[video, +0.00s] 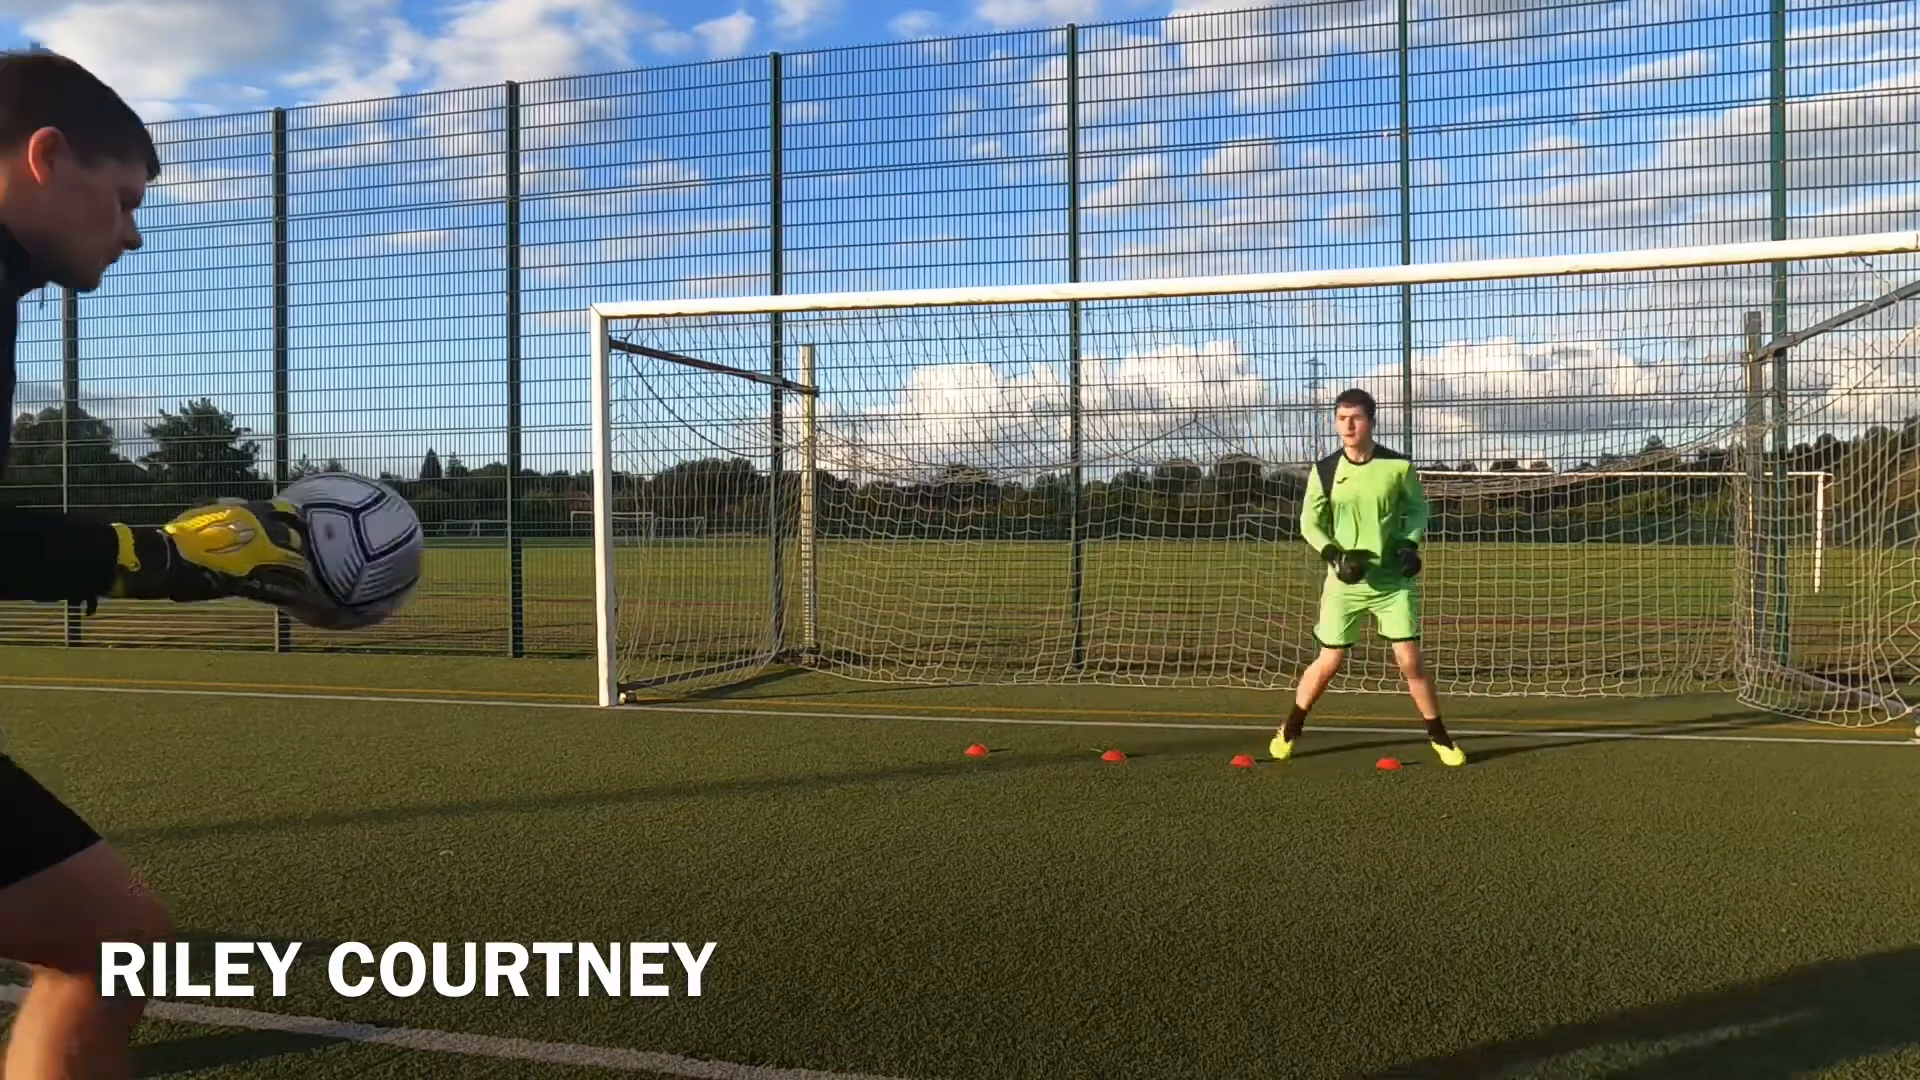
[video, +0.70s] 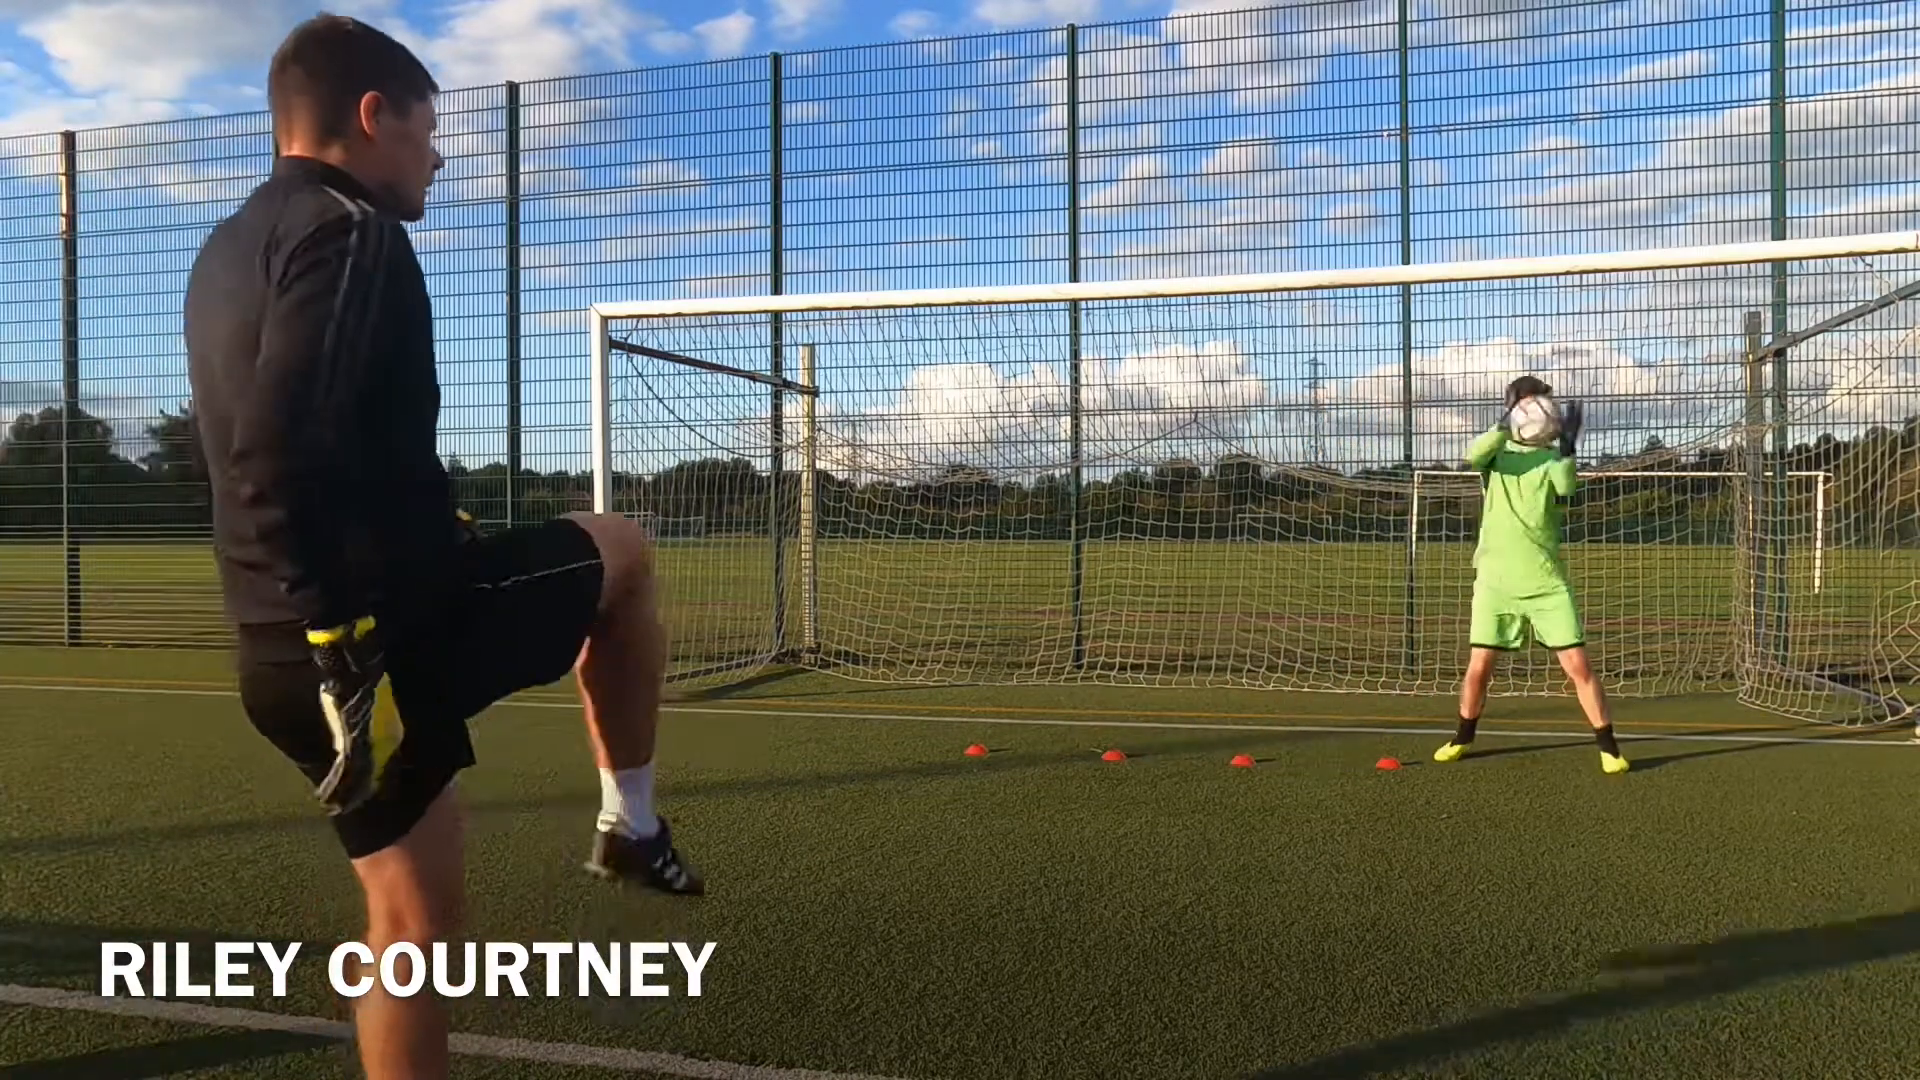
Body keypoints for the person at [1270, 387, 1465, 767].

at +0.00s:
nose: (1348, 426)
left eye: (1356, 418)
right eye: (1342, 419)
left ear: (1372, 421)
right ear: (1335, 424)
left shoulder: (1400, 467)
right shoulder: (1323, 471)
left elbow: (1417, 512)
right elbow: (1309, 523)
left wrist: (1410, 544)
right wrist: (1334, 556)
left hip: (1394, 583)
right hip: (1343, 584)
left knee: (1411, 663)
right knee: (1330, 662)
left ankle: (1440, 737)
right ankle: (1289, 731)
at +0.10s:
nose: (1381, 416)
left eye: (1389, 409)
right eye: (1375, 409)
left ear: (1405, 411)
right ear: (1367, 414)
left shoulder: (1432, 456)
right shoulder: (1356, 458)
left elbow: (1458, 500)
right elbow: (1342, 508)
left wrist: (1447, 536)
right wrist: (1357, 543)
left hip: (1429, 568)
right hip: (1380, 568)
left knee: (1450, 651)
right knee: (1370, 650)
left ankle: (1454, 732)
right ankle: (1374, 704)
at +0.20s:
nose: (1413, 414)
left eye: (1421, 406)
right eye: (1407, 407)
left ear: (1435, 409)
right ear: (1399, 411)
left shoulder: (1464, 455)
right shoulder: (1385, 457)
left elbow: (1491, 499)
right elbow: (1376, 502)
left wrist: (1483, 534)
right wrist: (1391, 535)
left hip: (1466, 566)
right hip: (1416, 571)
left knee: (1499, 644)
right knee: (1412, 657)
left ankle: (1520, 721)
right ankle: (1434, 714)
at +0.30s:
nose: (1442, 428)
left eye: (1450, 421)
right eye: (1436, 421)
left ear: (1465, 424)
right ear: (1428, 427)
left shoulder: (1494, 471)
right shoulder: (1415, 475)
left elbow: (1521, 515)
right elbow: (1413, 524)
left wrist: (1511, 545)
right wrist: (1423, 551)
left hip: (1498, 580)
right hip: (1448, 586)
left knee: (1541, 661)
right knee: (1447, 675)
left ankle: (1597, 741)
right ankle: (1460, 735)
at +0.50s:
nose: (1489, 434)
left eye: (1496, 426)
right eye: (1482, 427)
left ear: (1511, 431)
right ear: (1475, 433)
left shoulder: (1537, 478)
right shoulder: (1466, 482)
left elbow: (1549, 539)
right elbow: (1460, 539)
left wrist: (1534, 541)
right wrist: (1446, 540)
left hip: (1541, 594)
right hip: (1491, 597)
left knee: (1578, 674)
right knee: (1474, 675)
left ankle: (1609, 747)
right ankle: (1465, 736)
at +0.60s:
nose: (1505, 420)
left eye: (1513, 413)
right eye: (1499, 414)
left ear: (1528, 419)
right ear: (1490, 420)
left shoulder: (1547, 464)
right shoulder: (1477, 467)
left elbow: (1554, 524)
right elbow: (1453, 513)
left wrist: (1540, 496)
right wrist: (1459, 482)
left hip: (1548, 586)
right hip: (1497, 589)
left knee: (1578, 669)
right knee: (1478, 671)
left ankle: (1609, 747)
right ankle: (1465, 739)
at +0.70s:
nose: (1529, 411)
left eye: (1536, 403)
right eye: (1521, 404)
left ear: (1549, 410)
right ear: (1511, 411)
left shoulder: (1553, 459)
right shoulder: (1495, 452)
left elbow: (1565, 489)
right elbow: (1472, 458)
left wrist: (1565, 444)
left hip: (1544, 582)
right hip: (1493, 581)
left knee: (1578, 666)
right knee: (1478, 666)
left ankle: (1609, 748)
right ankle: (1462, 738)